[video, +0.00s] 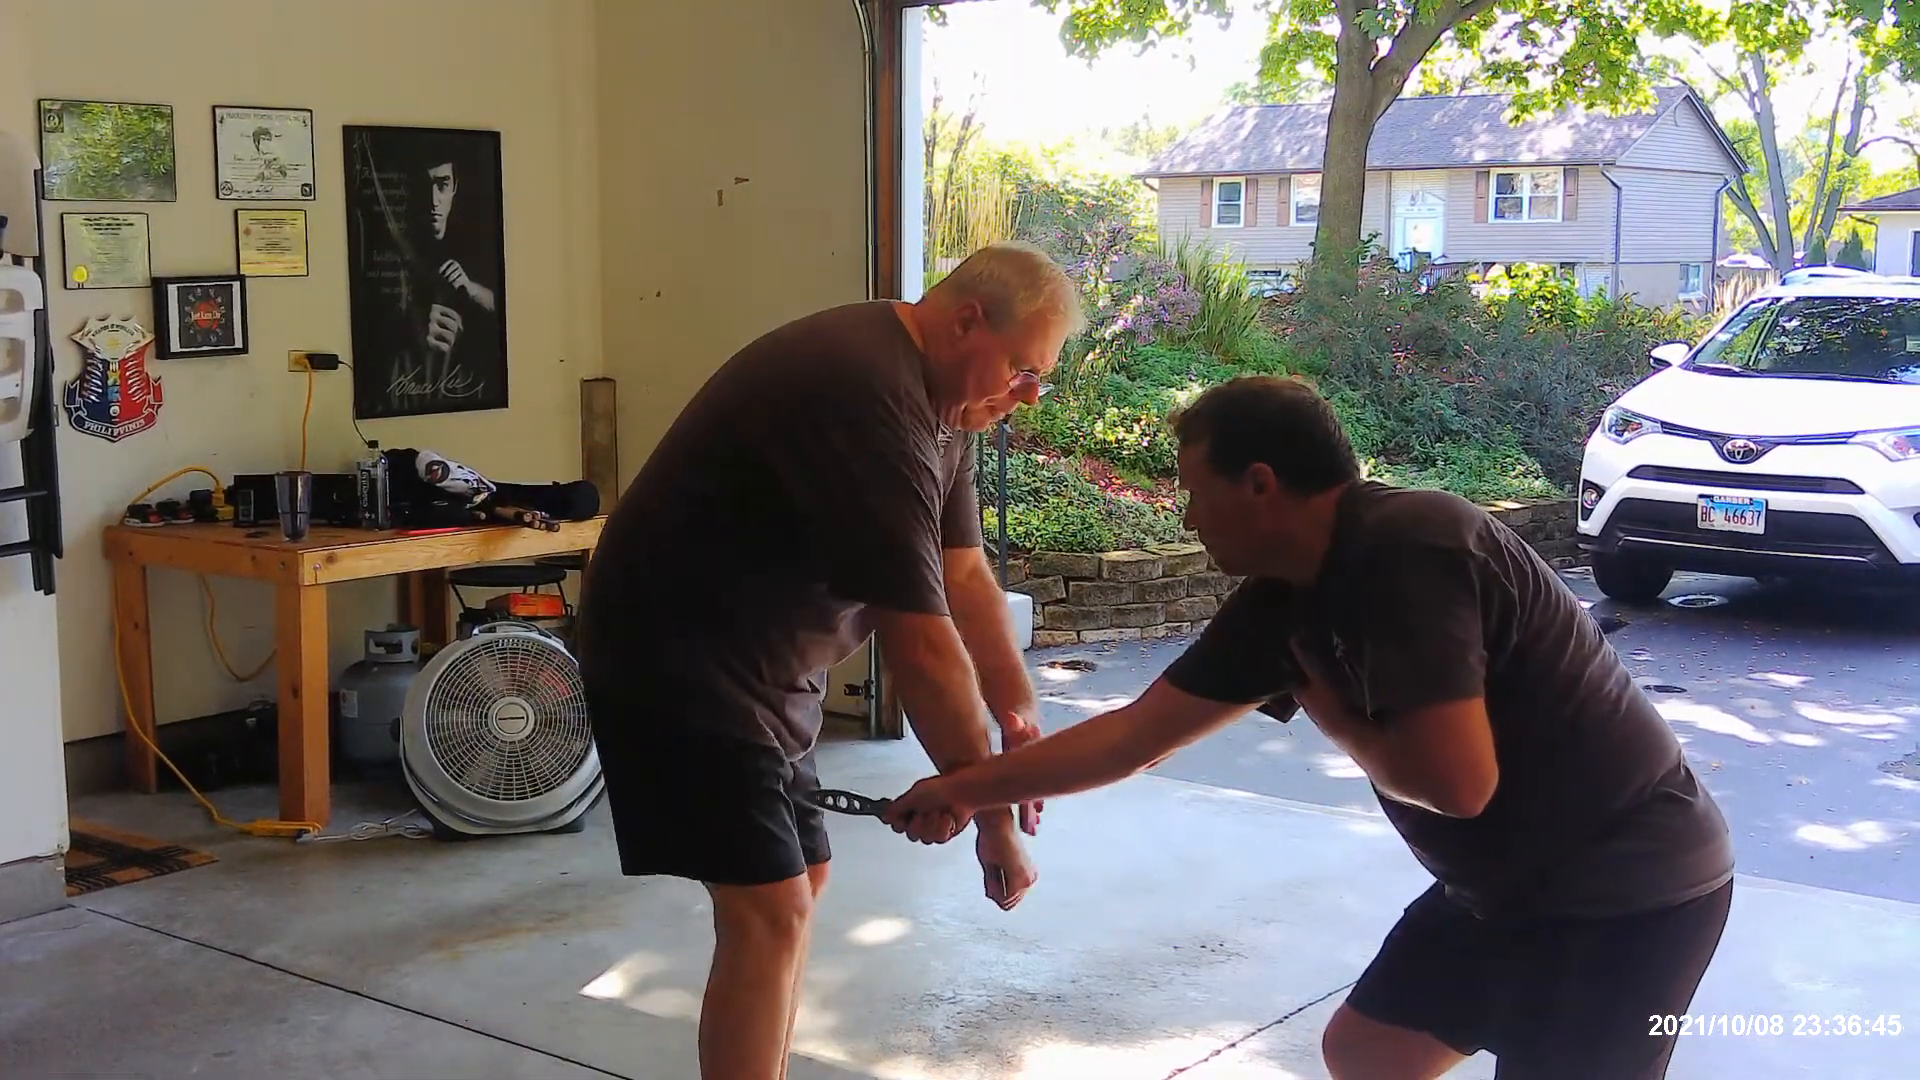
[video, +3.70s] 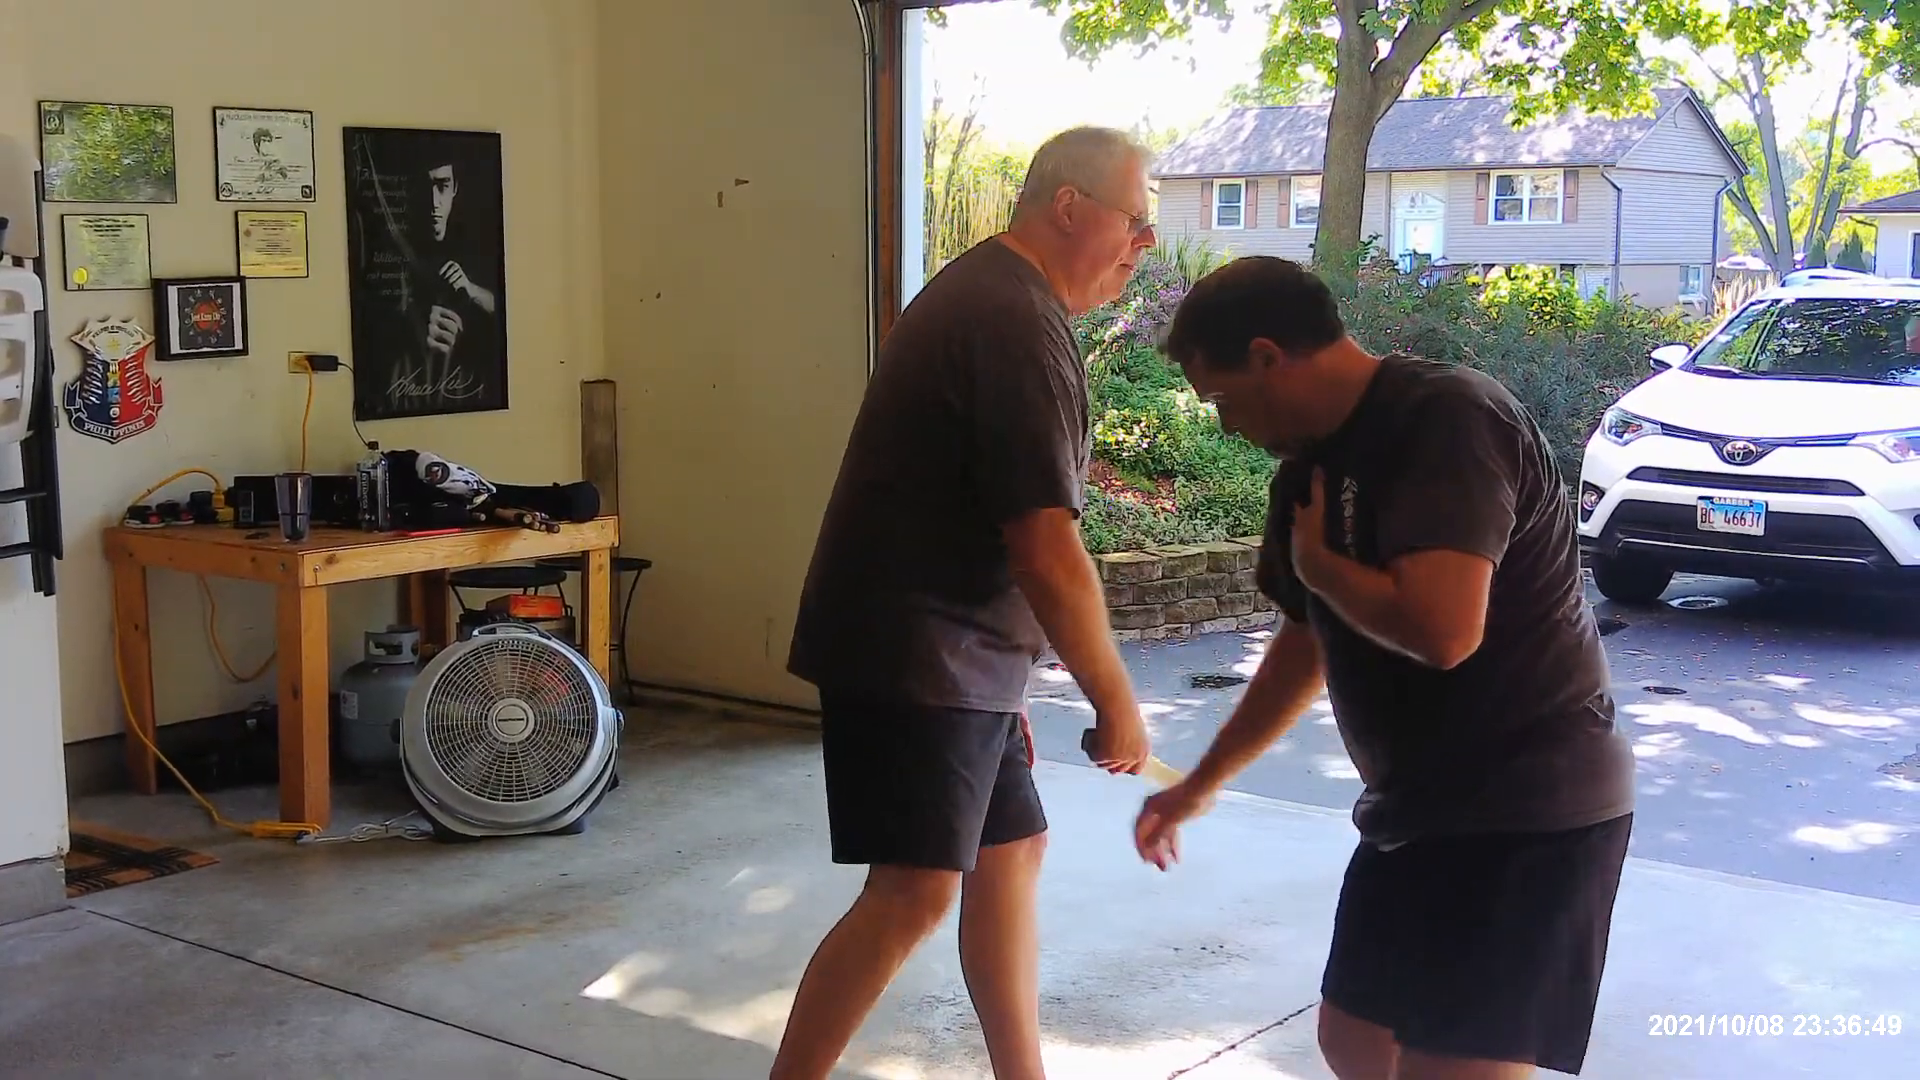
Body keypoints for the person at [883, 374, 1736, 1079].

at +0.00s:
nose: (1183, 506)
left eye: (1192, 482)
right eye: (1183, 483)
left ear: (1261, 487)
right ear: (1262, 488)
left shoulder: (1409, 552)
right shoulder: (1281, 598)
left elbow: (1463, 784)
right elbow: (1138, 732)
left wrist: (1341, 724)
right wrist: (972, 788)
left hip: (1634, 883)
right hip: (1498, 877)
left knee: (1573, 1066)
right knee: (1365, 1047)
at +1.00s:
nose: (1213, 458)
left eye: (1224, 434)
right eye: (1212, 435)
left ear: (1301, 434)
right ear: (1300, 437)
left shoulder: (1445, 517)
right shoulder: (1289, 542)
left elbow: (1469, 748)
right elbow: (1134, 639)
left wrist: (1338, 691)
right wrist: (976, 659)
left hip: (1625, 865)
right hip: (1491, 865)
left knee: (1585, 1069)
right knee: (1371, 1050)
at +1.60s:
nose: (1146, 436)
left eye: (1164, 411)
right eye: (1140, 415)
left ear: (1254, 401)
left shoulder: (1371, 474)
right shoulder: (1195, 519)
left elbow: (1407, 670)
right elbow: (1069, 585)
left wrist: (1239, 607)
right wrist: (947, 601)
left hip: (1565, 813)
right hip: (1423, 831)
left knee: (1594, 1065)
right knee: (1323, 1049)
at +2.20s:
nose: (1202, 333)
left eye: (1228, 309)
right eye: (1200, 310)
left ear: (1317, 314)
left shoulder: (1405, 410)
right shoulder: (1220, 454)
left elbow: (1403, 594)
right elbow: (1113, 560)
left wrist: (1261, 536)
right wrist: (991, 627)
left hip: (1511, 804)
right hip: (1367, 818)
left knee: (1539, 1061)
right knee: (1317, 1050)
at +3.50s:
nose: (1204, 434)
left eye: (1216, 408)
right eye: (1193, 413)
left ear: (1294, 366)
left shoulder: (1425, 431)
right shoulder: (1249, 492)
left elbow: (1429, 626)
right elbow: (1160, 620)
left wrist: (1289, 579)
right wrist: (1051, 728)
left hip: (1523, 815)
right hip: (1377, 826)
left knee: (1518, 1065)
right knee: (1305, 1052)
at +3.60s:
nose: (1205, 436)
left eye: (1208, 411)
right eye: (1194, 417)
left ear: (1278, 367)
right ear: (1277, 370)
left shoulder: (1440, 427)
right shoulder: (1279, 481)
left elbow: (1440, 630)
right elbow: (1207, 629)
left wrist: (1303, 580)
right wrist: (1089, 739)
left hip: (1529, 818)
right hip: (1391, 819)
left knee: (1475, 1064)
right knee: (1327, 1051)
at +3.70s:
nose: (1225, 425)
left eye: (1219, 399)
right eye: (1212, 405)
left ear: (1268, 359)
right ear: (1272, 359)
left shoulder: (1452, 415)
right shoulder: (1314, 463)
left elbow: (1445, 627)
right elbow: (1305, 643)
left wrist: (1317, 564)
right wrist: (1202, 782)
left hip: (1533, 816)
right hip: (1413, 812)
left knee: (1467, 1062)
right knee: (1355, 1039)